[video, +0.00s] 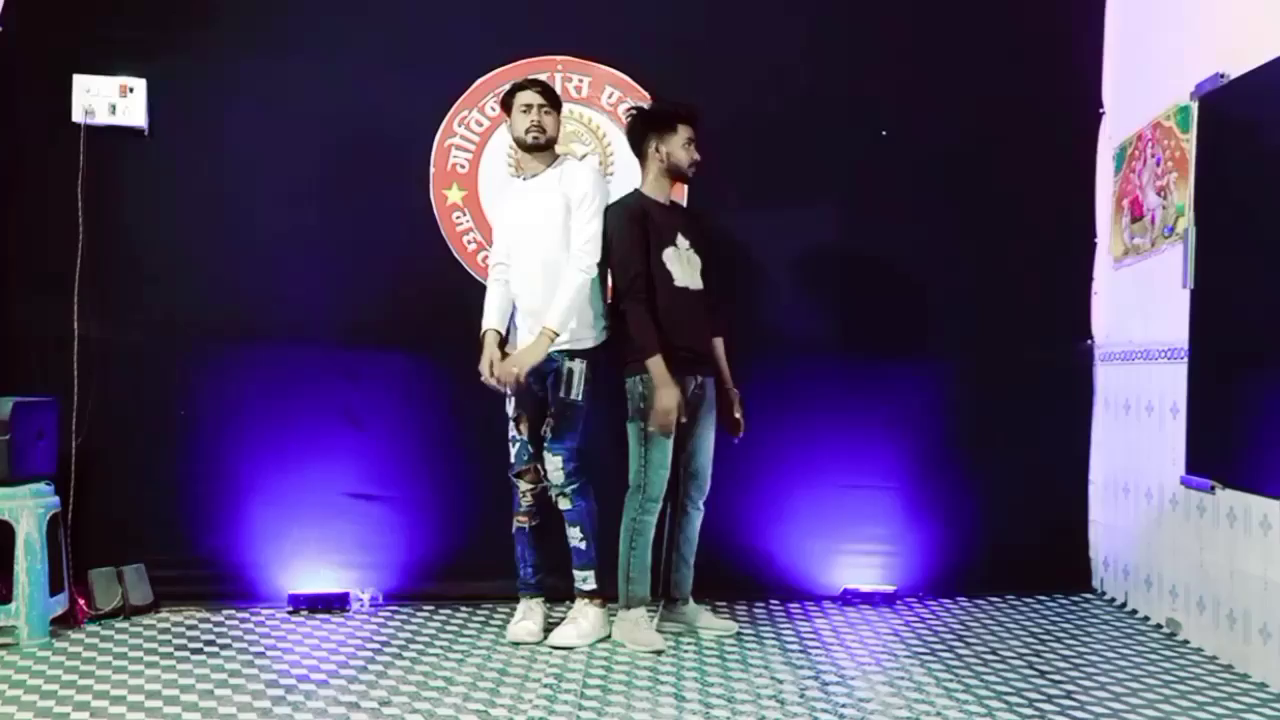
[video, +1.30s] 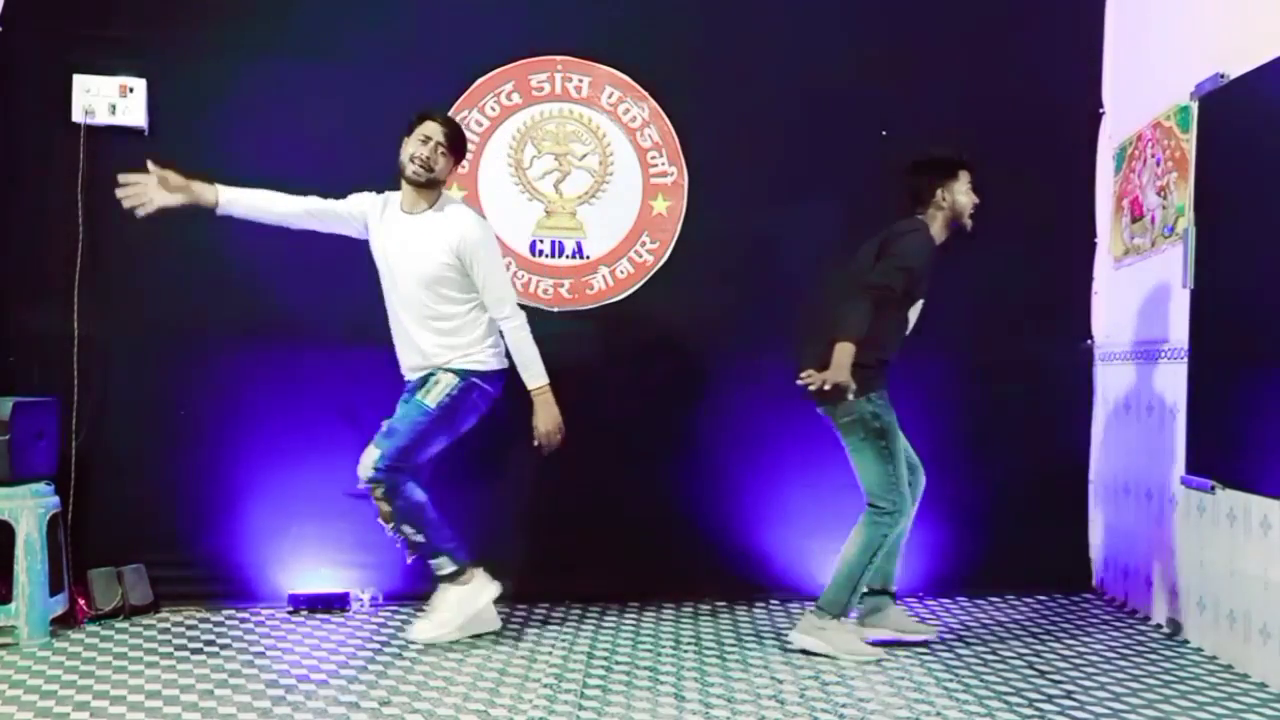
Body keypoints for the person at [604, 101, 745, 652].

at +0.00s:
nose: (694, 152)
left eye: (694, 143)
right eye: (685, 142)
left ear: (676, 151)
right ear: (653, 146)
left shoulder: (693, 222)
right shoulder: (625, 214)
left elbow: (708, 310)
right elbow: (630, 303)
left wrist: (727, 383)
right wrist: (660, 379)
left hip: (699, 376)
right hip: (653, 375)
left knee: (693, 494)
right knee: (648, 494)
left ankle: (680, 603)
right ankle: (632, 610)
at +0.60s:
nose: (776, 167)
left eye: (775, 157)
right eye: (768, 156)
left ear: (745, 164)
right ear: (737, 161)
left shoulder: (737, 226)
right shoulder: (705, 213)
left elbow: (716, 306)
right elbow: (660, 272)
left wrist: (729, 364)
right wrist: (627, 334)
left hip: (708, 384)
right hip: (673, 381)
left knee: (710, 498)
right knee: (683, 497)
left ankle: (637, 603)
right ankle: (626, 610)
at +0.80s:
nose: (851, 194)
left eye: (849, 184)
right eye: (843, 183)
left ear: (814, 190)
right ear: (813, 188)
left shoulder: (785, 241)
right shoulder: (779, 235)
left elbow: (734, 302)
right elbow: (714, 280)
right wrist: (665, 342)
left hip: (696, 373)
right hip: (708, 372)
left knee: (711, 493)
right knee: (756, 487)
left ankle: (643, 602)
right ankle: (702, 605)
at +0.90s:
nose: (881, 203)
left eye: (880, 192)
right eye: (874, 191)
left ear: (844, 198)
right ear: (845, 195)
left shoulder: (817, 242)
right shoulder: (811, 240)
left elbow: (756, 297)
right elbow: (749, 289)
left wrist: (700, 354)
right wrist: (703, 352)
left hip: (744, 378)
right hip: (734, 381)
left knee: (787, 480)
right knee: (762, 502)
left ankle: (701, 576)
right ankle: (711, 622)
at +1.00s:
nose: (909, 205)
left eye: (908, 195)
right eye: (903, 194)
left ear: (871, 201)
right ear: (876, 199)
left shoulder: (842, 241)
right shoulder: (845, 242)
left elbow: (783, 295)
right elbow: (787, 290)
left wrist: (738, 357)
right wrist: (748, 359)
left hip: (771, 376)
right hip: (767, 379)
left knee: (807, 491)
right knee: (801, 493)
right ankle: (722, 608)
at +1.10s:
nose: (935, 202)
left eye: (933, 192)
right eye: (928, 191)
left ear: (901, 198)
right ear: (901, 196)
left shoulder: (870, 243)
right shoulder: (869, 241)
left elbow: (816, 300)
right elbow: (814, 292)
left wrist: (779, 366)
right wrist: (786, 362)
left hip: (792, 380)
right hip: (804, 381)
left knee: (830, 493)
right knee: (857, 490)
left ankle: (799, 610)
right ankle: (785, 599)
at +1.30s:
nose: (975, 199)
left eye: (972, 189)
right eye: (969, 189)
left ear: (940, 196)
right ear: (942, 195)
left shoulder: (912, 239)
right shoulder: (915, 241)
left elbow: (859, 294)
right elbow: (864, 292)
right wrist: (840, 363)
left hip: (864, 382)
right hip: (853, 385)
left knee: (910, 480)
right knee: (888, 504)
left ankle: (877, 606)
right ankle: (822, 620)